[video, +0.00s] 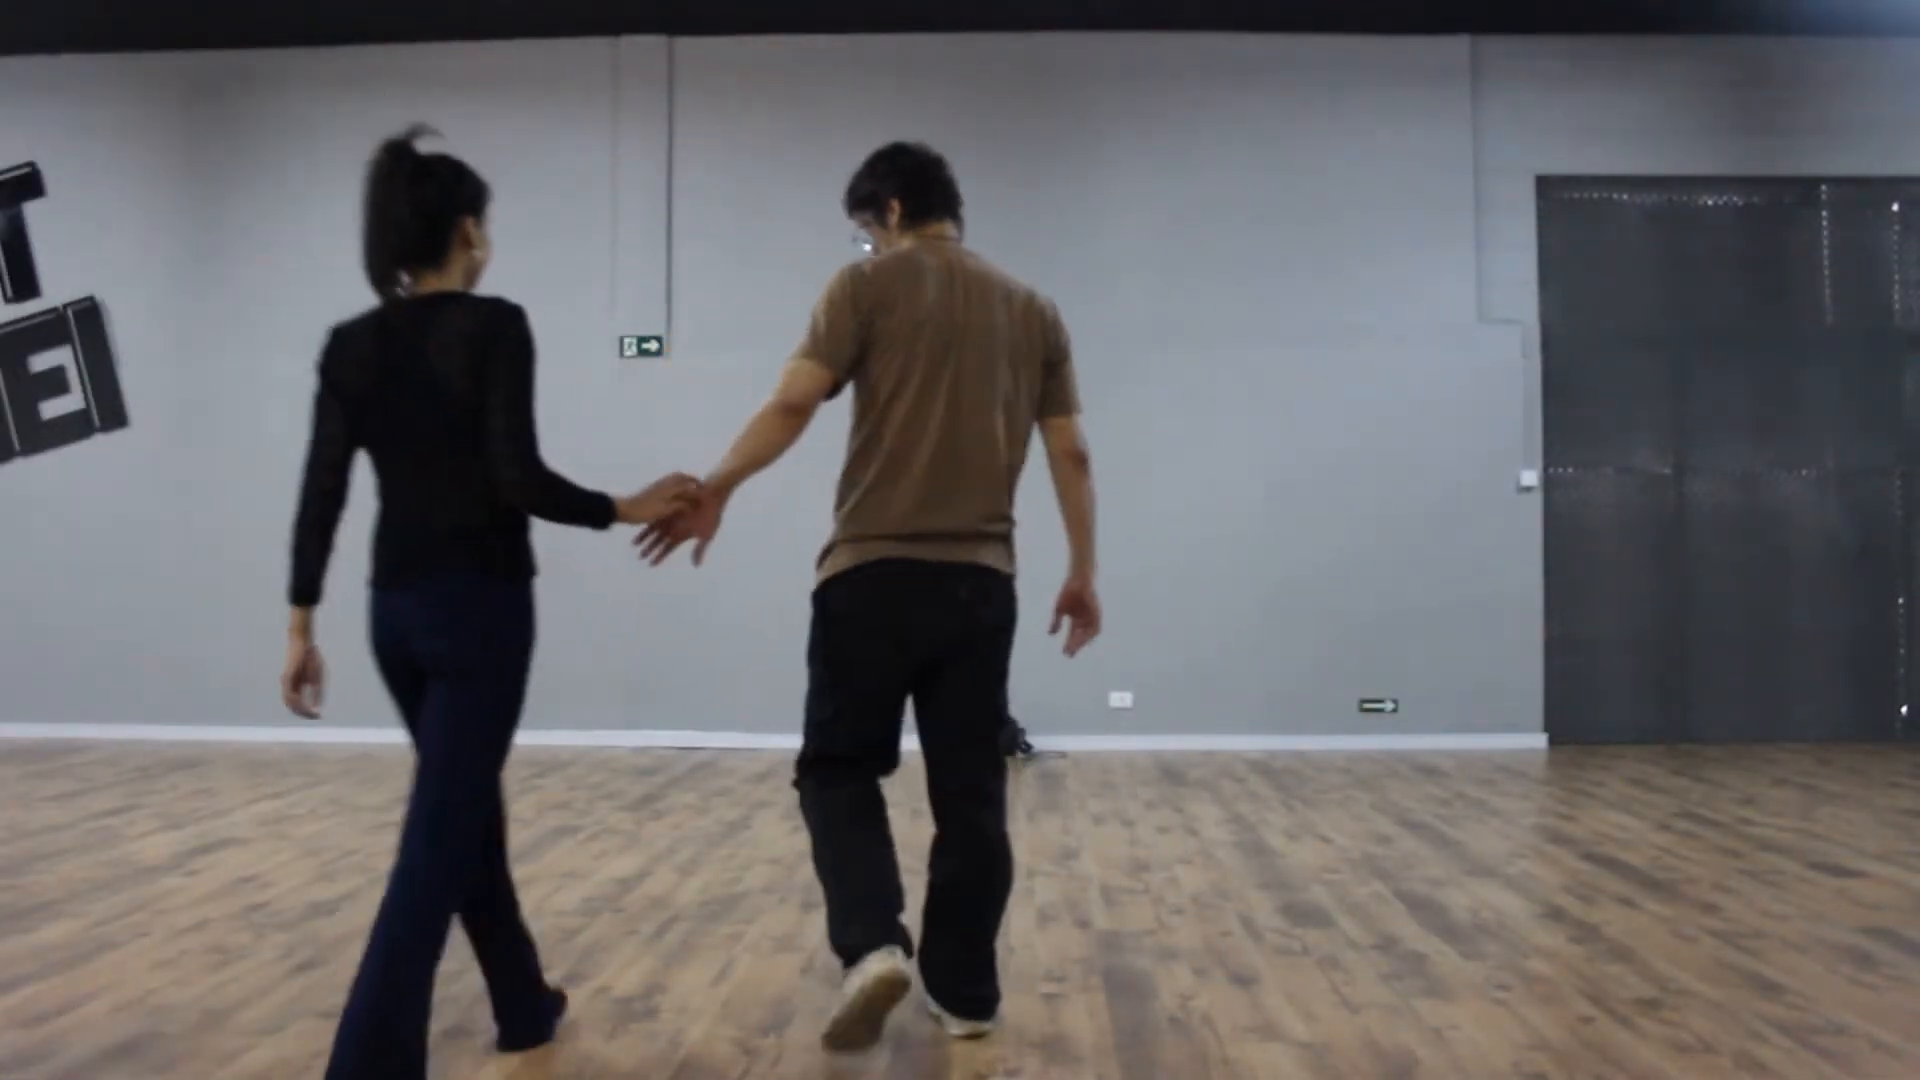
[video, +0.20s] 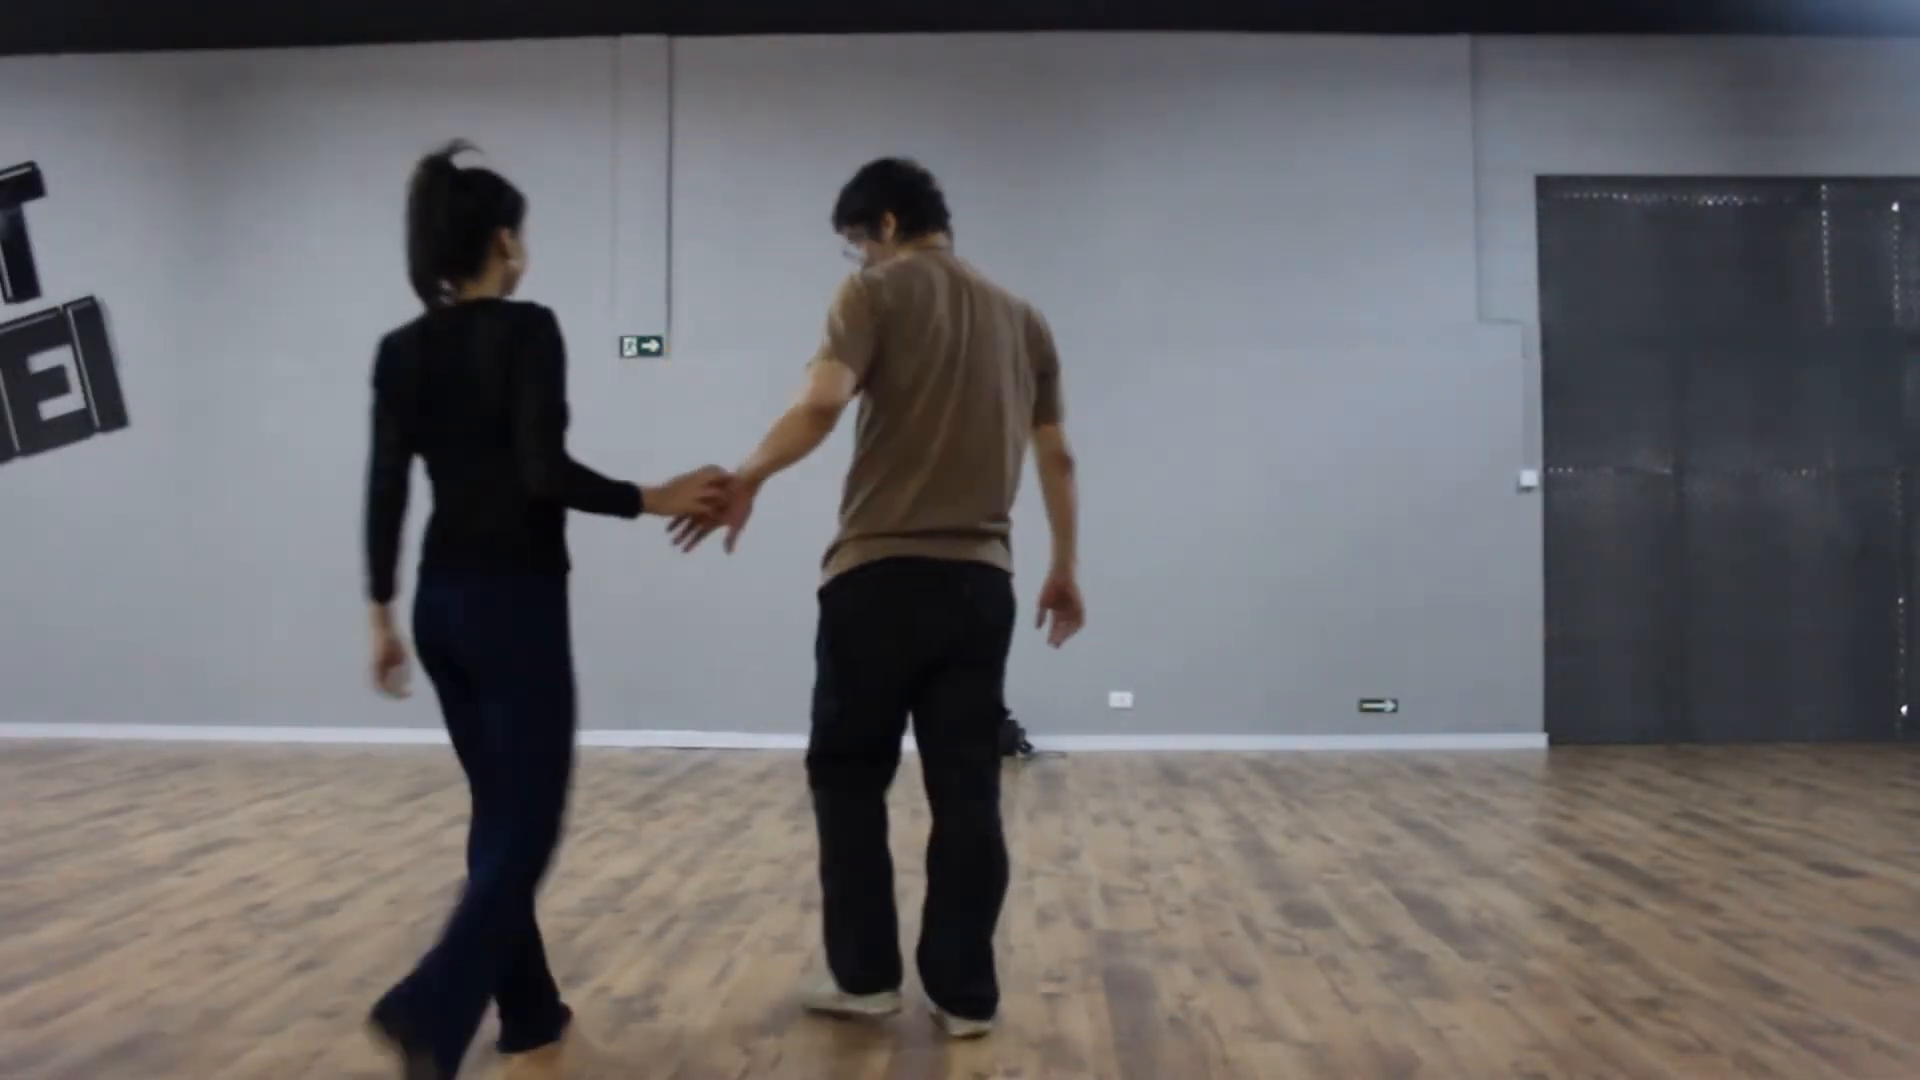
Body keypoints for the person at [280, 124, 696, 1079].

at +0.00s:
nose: (488, 241)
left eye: (485, 225)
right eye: (483, 226)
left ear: (391, 240)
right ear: (465, 233)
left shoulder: (352, 345)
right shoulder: (495, 325)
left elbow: (323, 488)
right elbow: (516, 477)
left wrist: (300, 621)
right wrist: (621, 511)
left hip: (396, 612)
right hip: (485, 609)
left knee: (472, 813)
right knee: (433, 841)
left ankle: (522, 1009)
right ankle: (369, 1062)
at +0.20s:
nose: (525, 249)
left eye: (519, 234)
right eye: (519, 235)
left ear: (438, 250)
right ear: (501, 245)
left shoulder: (403, 349)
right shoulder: (529, 330)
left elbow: (387, 490)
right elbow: (545, 472)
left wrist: (383, 616)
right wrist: (651, 498)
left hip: (441, 606)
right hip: (521, 606)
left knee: (497, 807)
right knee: (530, 814)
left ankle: (529, 1013)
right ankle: (426, 1013)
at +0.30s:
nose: (549, 255)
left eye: (544, 239)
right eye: (542, 240)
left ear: (463, 256)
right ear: (521, 250)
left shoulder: (431, 351)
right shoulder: (544, 334)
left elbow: (439, 498)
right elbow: (556, 473)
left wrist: (463, 582)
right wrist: (667, 499)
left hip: (465, 607)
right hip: (541, 606)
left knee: (499, 795)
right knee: (589, 797)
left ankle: (521, 998)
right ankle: (514, 976)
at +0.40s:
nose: (564, 259)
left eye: (561, 244)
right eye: (558, 244)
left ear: (482, 257)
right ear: (534, 251)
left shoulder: (448, 351)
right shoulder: (554, 333)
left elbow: (487, 478)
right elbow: (564, 471)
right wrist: (680, 502)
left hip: (480, 602)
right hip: (559, 601)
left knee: (506, 794)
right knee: (603, 787)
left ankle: (523, 1009)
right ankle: (575, 989)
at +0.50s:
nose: (586, 267)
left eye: (583, 252)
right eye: (581, 252)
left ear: (509, 263)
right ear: (556, 259)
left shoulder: (472, 357)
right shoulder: (572, 339)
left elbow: (510, 474)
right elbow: (582, 476)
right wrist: (693, 511)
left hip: (499, 598)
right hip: (577, 596)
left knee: (517, 797)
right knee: (611, 791)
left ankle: (526, 1010)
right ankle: (630, 971)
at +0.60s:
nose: (598, 274)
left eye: (595, 260)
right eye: (593, 260)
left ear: (523, 273)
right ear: (567, 268)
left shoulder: (489, 363)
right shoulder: (584, 346)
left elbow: (526, 479)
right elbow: (594, 481)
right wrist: (704, 525)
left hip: (513, 600)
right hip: (588, 600)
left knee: (528, 796)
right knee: (614, 788)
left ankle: (526, 1006)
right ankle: (638, 954)